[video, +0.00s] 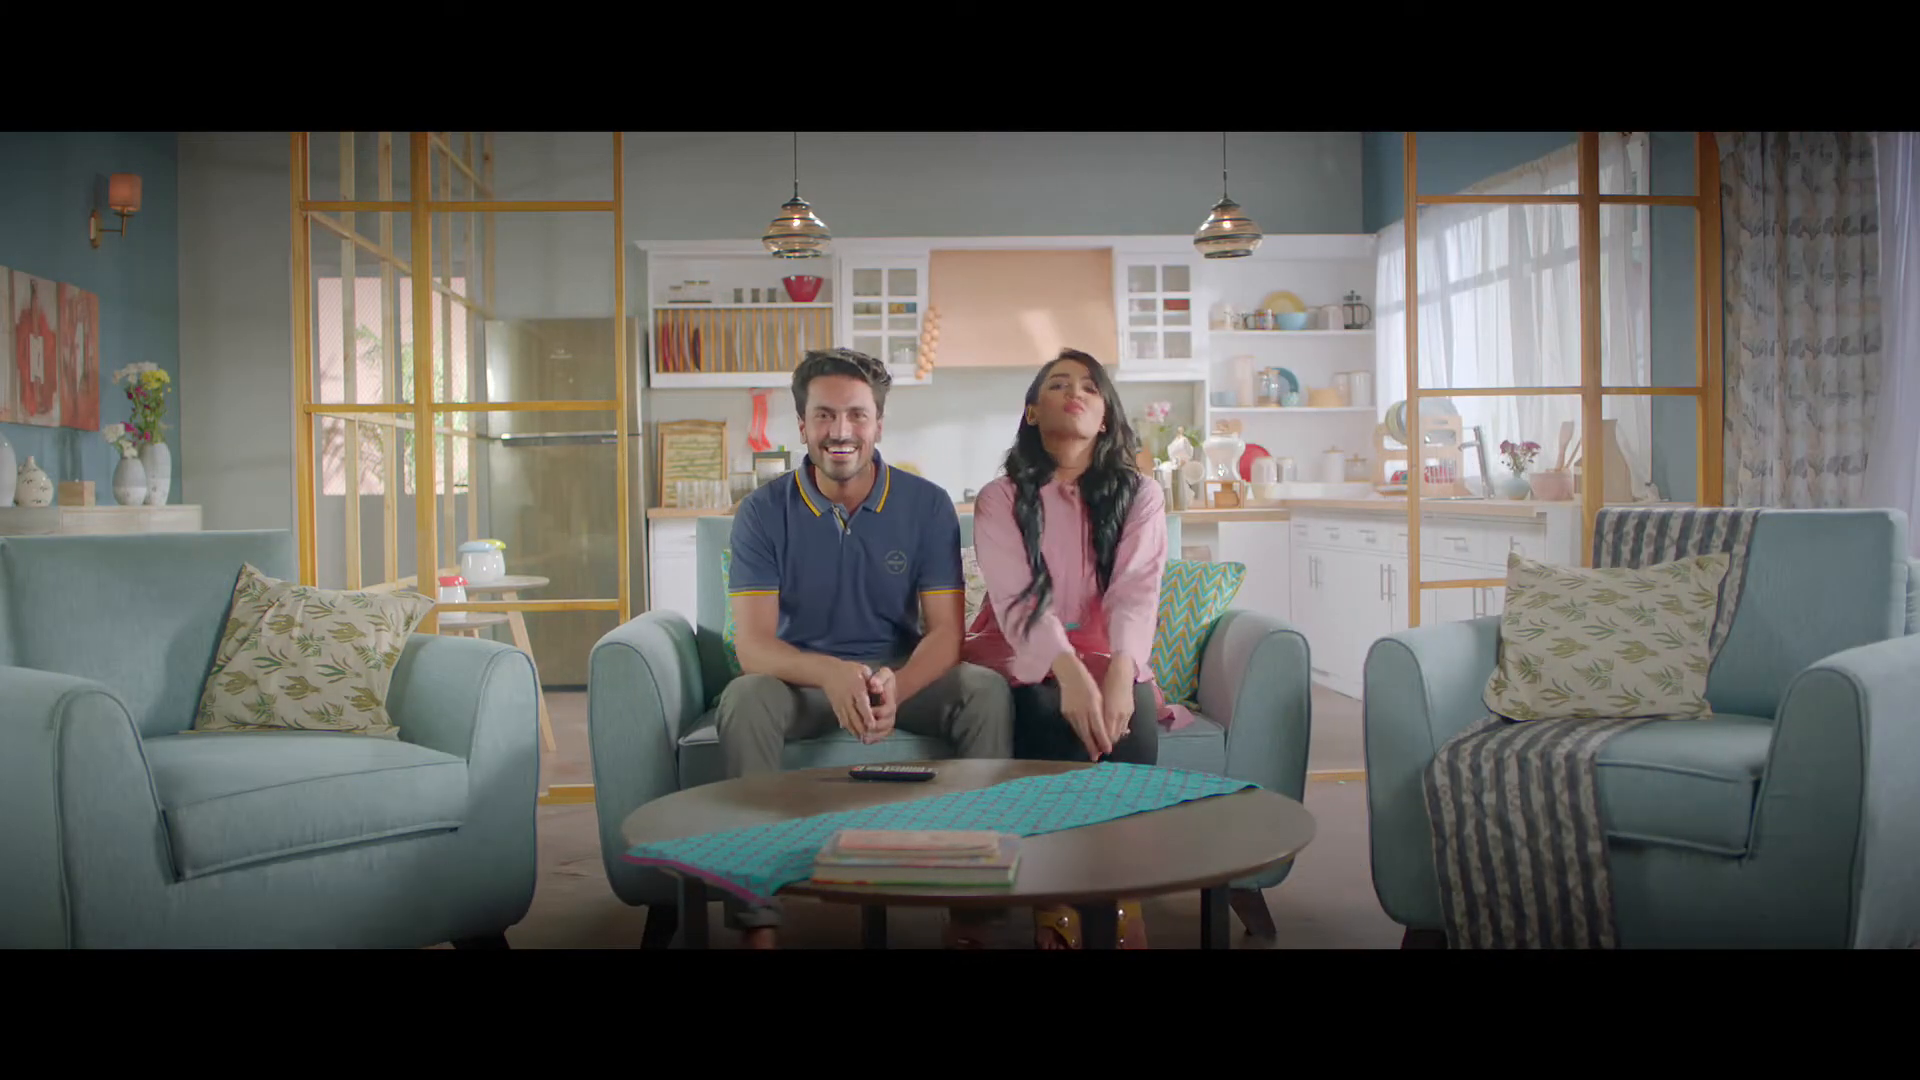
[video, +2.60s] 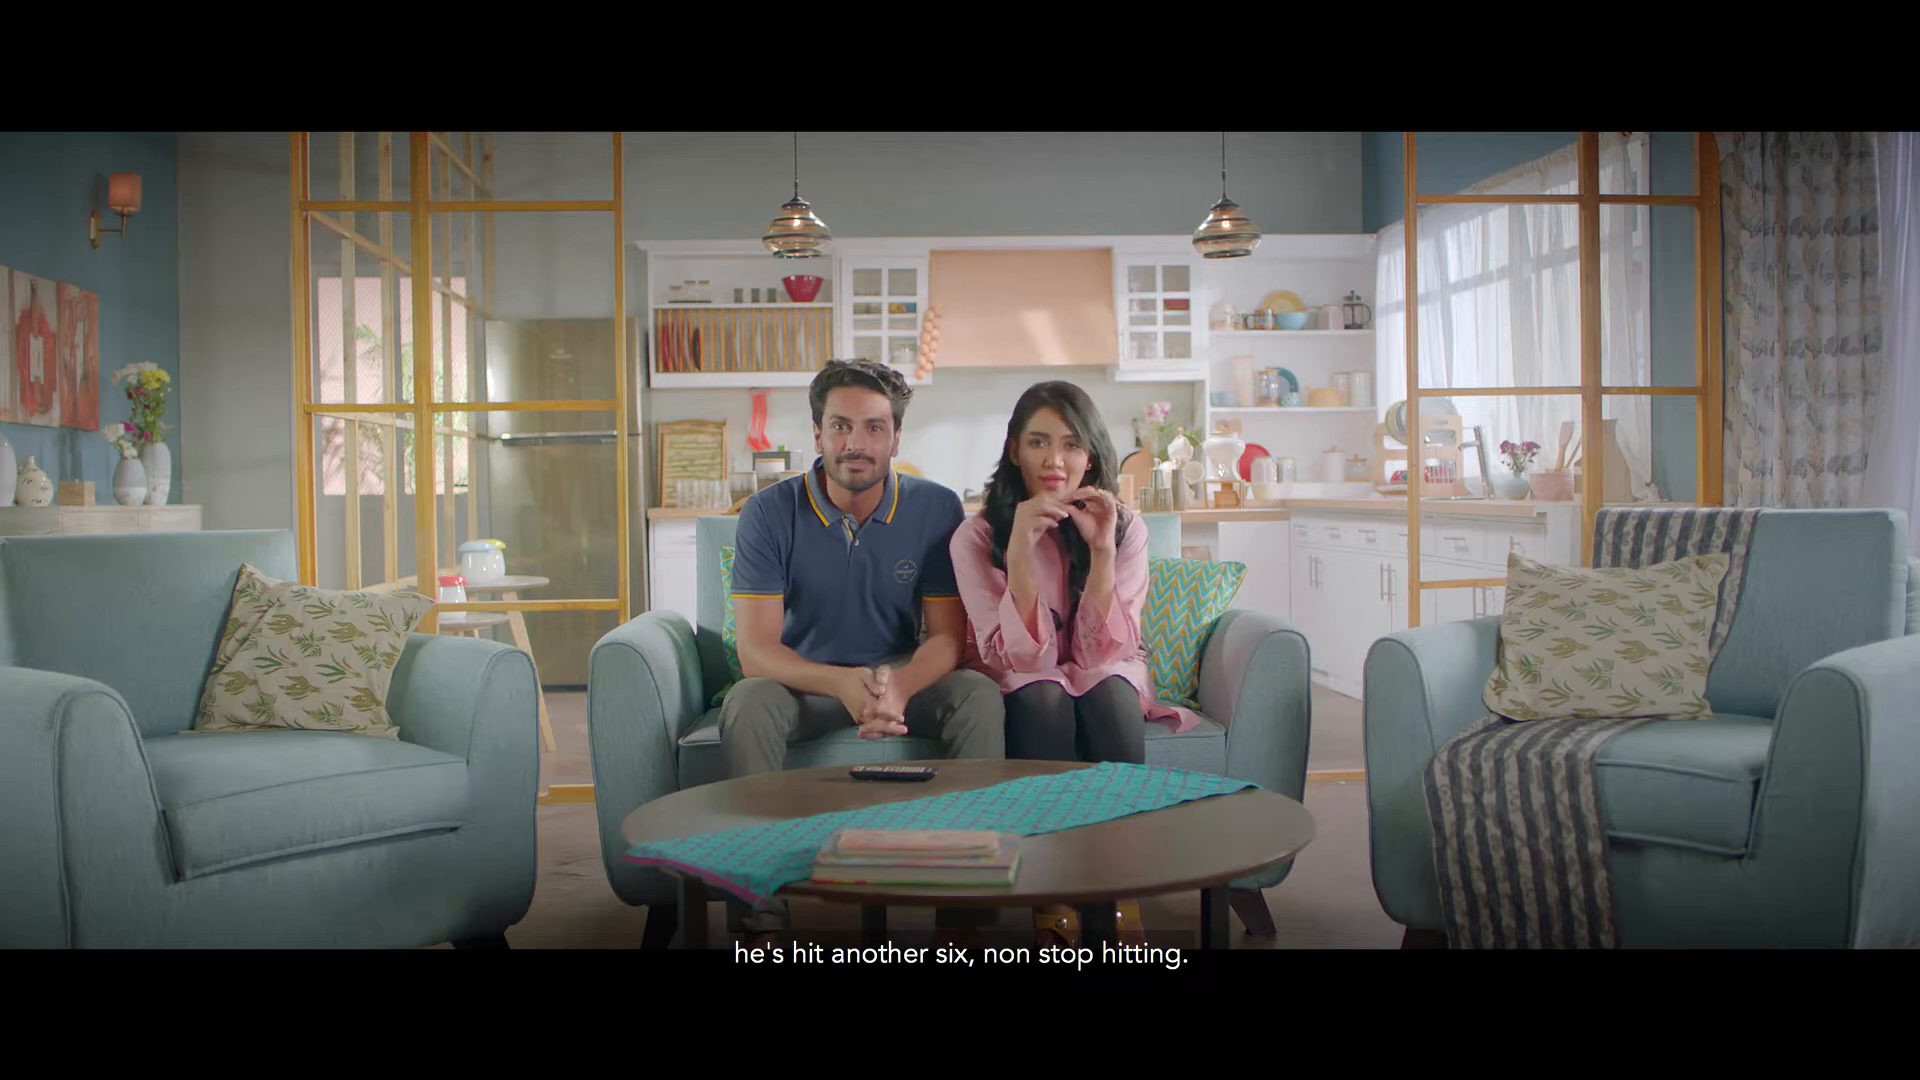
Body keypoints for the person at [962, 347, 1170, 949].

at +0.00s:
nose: (1075, 393)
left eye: (1090, 388)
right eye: (1058, 385)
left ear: (1106, 416)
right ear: (1033, 412)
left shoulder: (1139, 492)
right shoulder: (1002, 497)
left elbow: (1138, 592)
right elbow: (1016, 597)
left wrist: (1119, 676)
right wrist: (1067, 669)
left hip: (1111, 660)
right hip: (1026, 661)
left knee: (1135, 726)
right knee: (1058, 721)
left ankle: (1120, 898)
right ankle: (1053, 898)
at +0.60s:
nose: (1062, 423)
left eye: (1077, 416)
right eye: (1046, 417)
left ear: (1101, 445)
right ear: (1026, 448)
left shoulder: (1139, 527)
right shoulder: (991, 528)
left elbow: (1123, 647)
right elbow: (1014, 660)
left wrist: (1087, 625)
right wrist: (1055, 629)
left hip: (1107, 681)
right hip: (1030, 683)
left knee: (1110, 701)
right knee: (1045, 706)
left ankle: (1123, 896)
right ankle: (1055, 899)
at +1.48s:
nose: (1039, 434)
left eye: (1059, 424)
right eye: (1028, 422)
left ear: (1087, 447)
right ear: (1014, 438)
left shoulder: (1119, 524)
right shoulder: (981, 533)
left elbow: (1105, 652)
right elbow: (1017, 650)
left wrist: (1153, 564)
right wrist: (1067, 555)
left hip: (1104, 672)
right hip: (1029, 675)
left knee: (1115, 700)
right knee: (1047, 702)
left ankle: (1120, 893)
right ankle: (1054, 893)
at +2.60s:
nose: (1055, 460)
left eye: (1071, 445)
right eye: (1039, 442)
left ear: (1091, 457)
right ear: (1014, 451)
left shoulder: (1123, 526)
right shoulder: (977, 536)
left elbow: (1103, 657)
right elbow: (1021, 659)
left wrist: (1102, 551)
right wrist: (1020, 546)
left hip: (1103, 681)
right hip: (1029, 685)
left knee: (1110, 694)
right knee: (1044, 699)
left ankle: (1122, 893)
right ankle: (1053, 895)